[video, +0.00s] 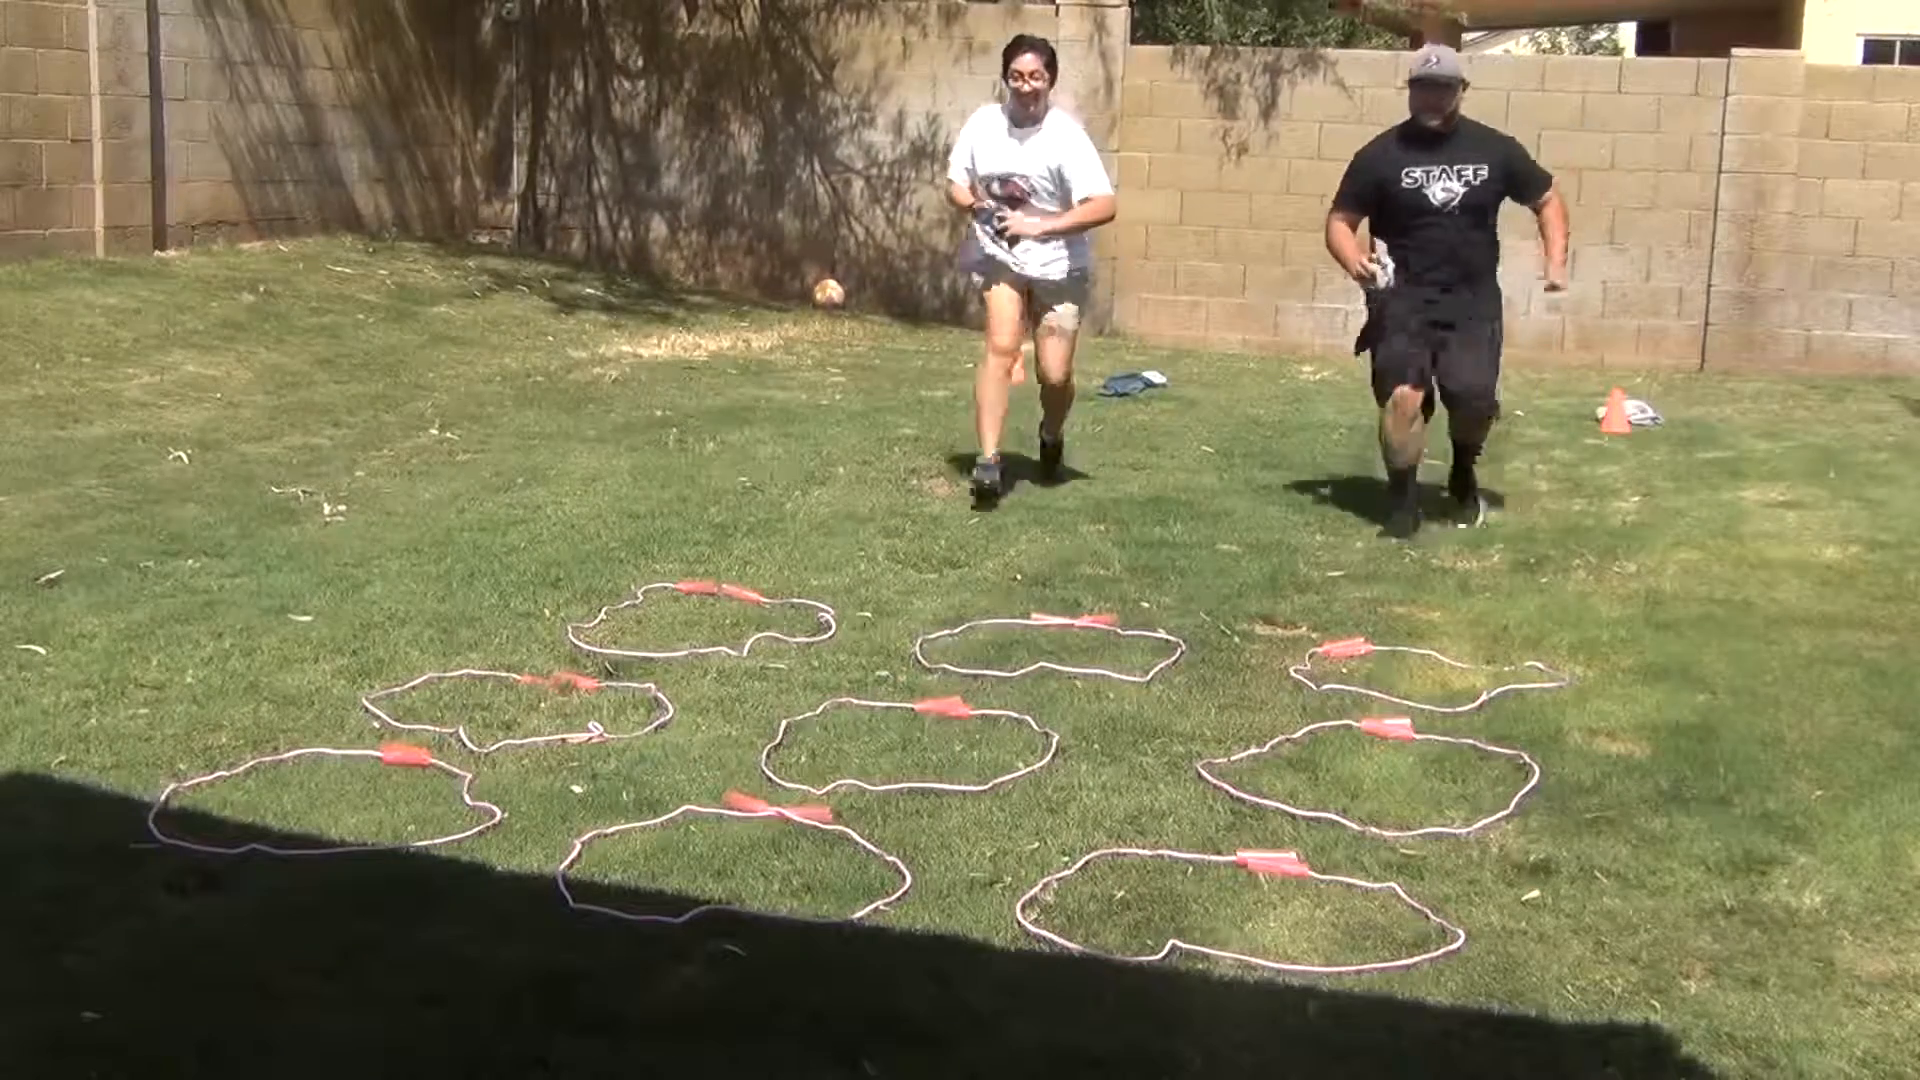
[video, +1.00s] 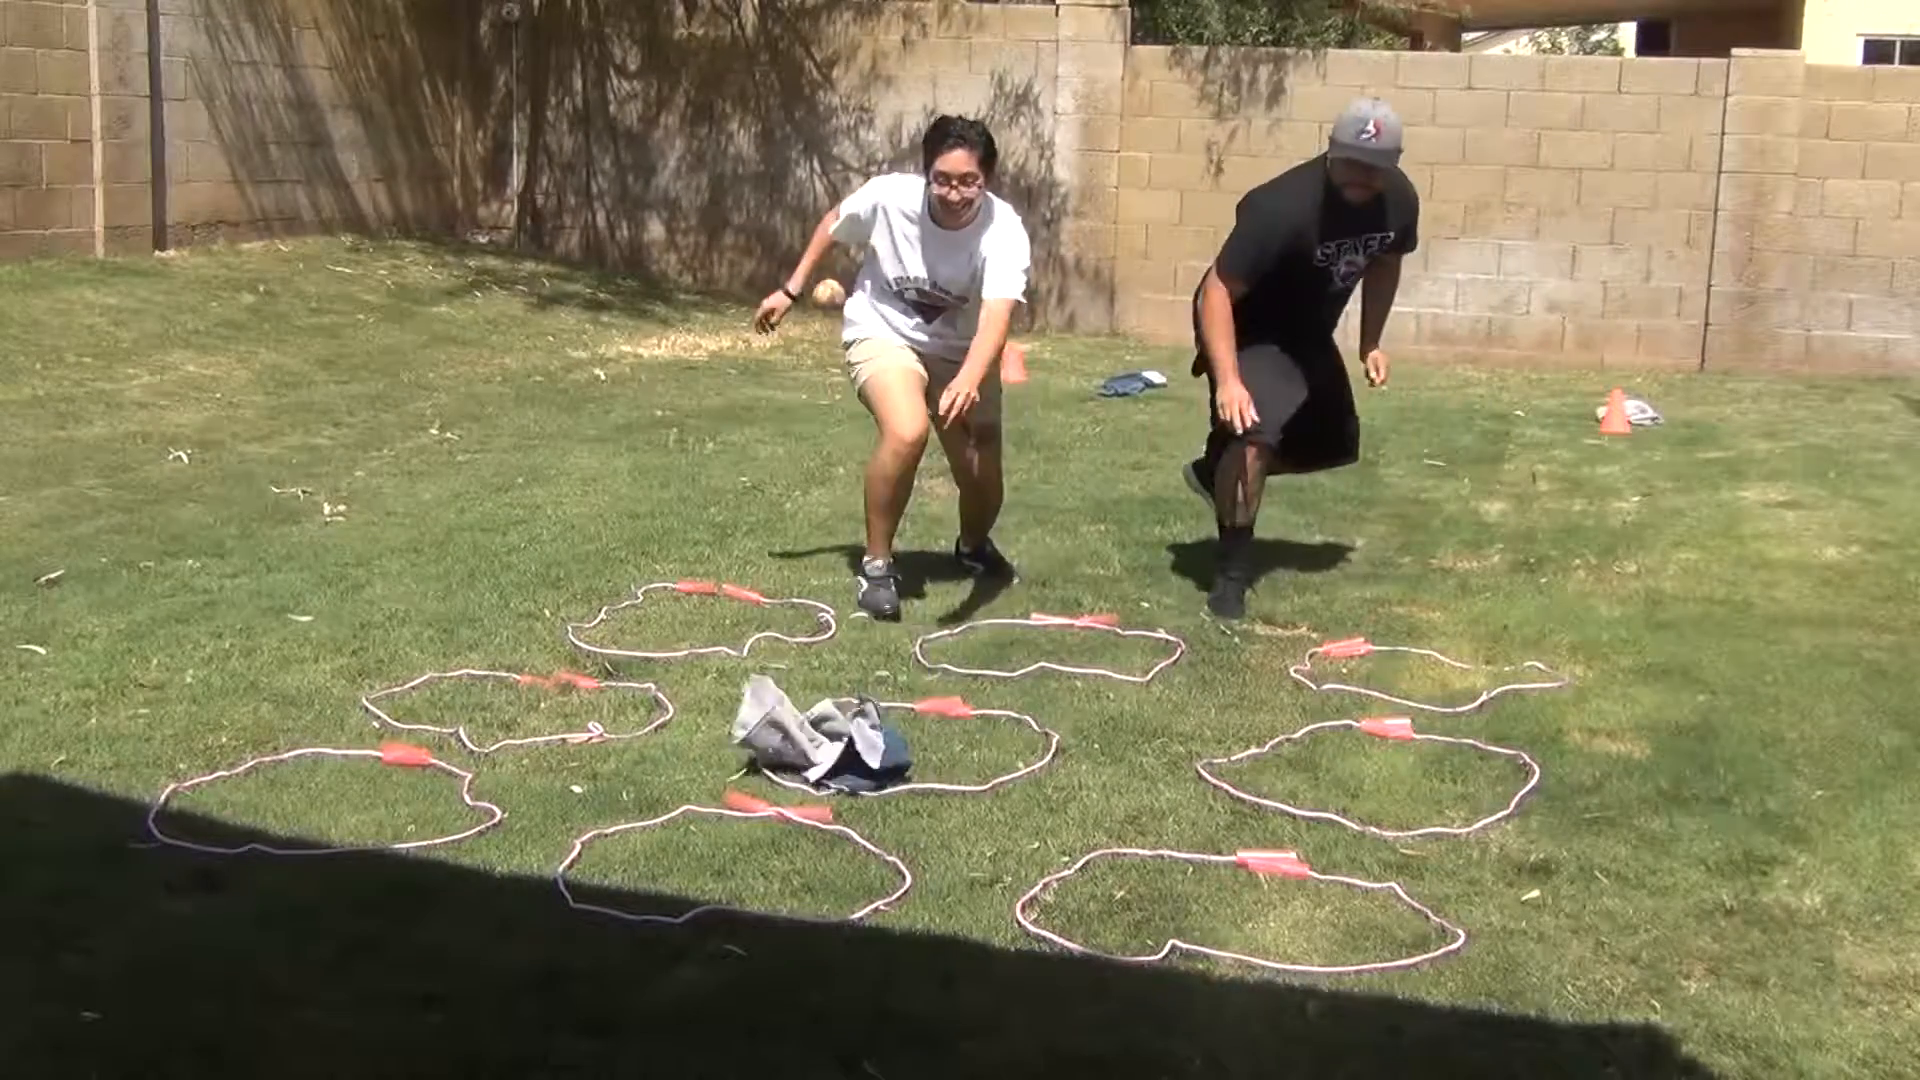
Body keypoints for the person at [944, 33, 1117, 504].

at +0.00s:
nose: (1026, 86)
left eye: (1035, 77)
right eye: (1017, 77)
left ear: (1051, 80)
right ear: (1005, 79)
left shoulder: (1067, 134)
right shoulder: (985, 122)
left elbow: (1103, 206)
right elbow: (958, 183)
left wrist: (1040, 226)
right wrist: (977, 203)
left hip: (1060, 265)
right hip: (1002, 258)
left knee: (1055, 376)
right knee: (1000, 348)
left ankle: (1051, 438)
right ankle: (988, 461)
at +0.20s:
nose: (1013, 93)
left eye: (1023, 83)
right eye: (1003, 83)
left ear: (1039, 87)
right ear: (990, 87)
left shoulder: (1062, 143)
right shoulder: (961, 141)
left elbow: (1110, 212)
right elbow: (930, 213)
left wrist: (1072, 216)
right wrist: (968, 221)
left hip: (1038, 282)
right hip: (969, 287)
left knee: (1038, 375)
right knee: (985, 394)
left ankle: (1033, 497)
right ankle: (982, 496)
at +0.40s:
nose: (992, 121)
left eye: (1003, 109)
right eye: (981, 110)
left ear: (1022, 114)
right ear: (968, 118)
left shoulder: (1048, 176)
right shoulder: (940, 173)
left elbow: (1081, 252)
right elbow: (909, 243)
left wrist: (1038, 211)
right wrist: (919, 281)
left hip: (1023, 315)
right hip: (953, 308)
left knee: (1010, 423)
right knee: (947, 399)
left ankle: (1000, 540)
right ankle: (918, 509)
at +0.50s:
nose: (975, 146)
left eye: (986, 134)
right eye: (963, 135)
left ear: (1006, 140)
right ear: (948, 142)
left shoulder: (1029, 200)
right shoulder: (925, 193)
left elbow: (1056, 276)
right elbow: (901, 259)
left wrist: (1016, 237)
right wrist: (885, 314)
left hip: (1010, 337)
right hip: (934, 325)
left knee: (1015, 448)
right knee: (941, 420)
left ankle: (999, 538)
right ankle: (901, 552)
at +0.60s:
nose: (965, 179)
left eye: (977, 167)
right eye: (953, 168)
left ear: (994, 173)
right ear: (937, 175)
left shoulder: (1009, 230)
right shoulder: (910, 217)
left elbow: (1013, 292)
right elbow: (879, 273)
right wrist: (862, 332)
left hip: (989, 364)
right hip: (913, 350)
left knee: (1000, 477)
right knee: (941, 442)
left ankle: (985, 533)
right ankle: (889, 577)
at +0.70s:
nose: (959, 204)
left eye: (970, 192)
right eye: (947, 193)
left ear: (989, 194)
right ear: (932, 195)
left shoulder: (1008, 255)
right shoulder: (904, 227)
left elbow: (994, 336)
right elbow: (866, 281)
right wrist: (850, 346)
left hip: (975, 360)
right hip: (902, 342)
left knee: (972, 488)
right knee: (927, 430)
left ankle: (984, 542)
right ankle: (888, 578)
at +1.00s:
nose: (955, 193)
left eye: (968, 181)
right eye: (943, 180)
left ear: (986, 178)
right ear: (926, 172)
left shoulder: (1004, 229)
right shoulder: (888, 195)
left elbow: (997, 313)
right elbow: (832, 225)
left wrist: (971, 378)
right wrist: (791, 290)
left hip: (959, 346)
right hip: (883, 330)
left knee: (982, 471)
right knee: (907, 431)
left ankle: (973, 546)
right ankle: (877, 565)